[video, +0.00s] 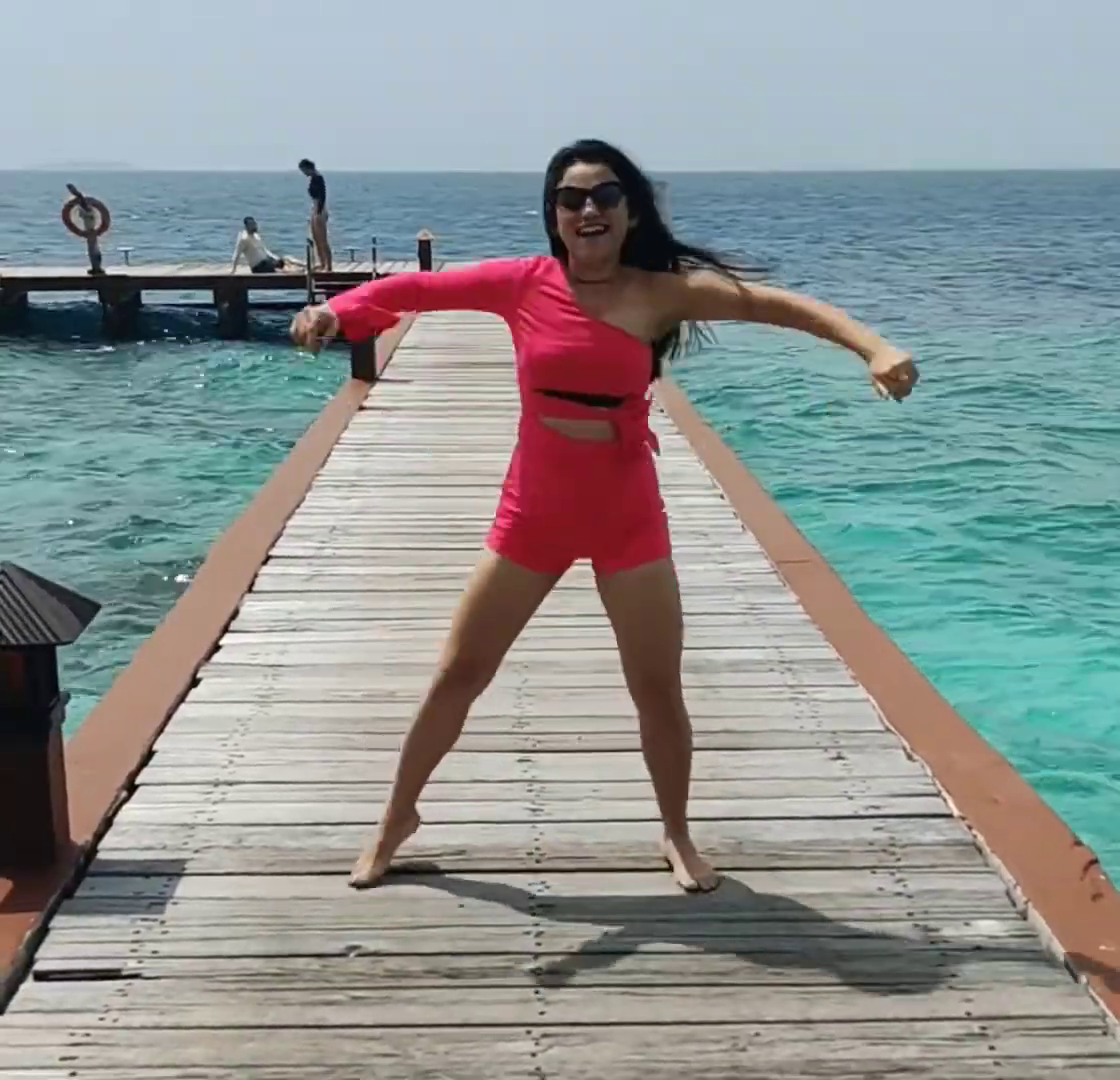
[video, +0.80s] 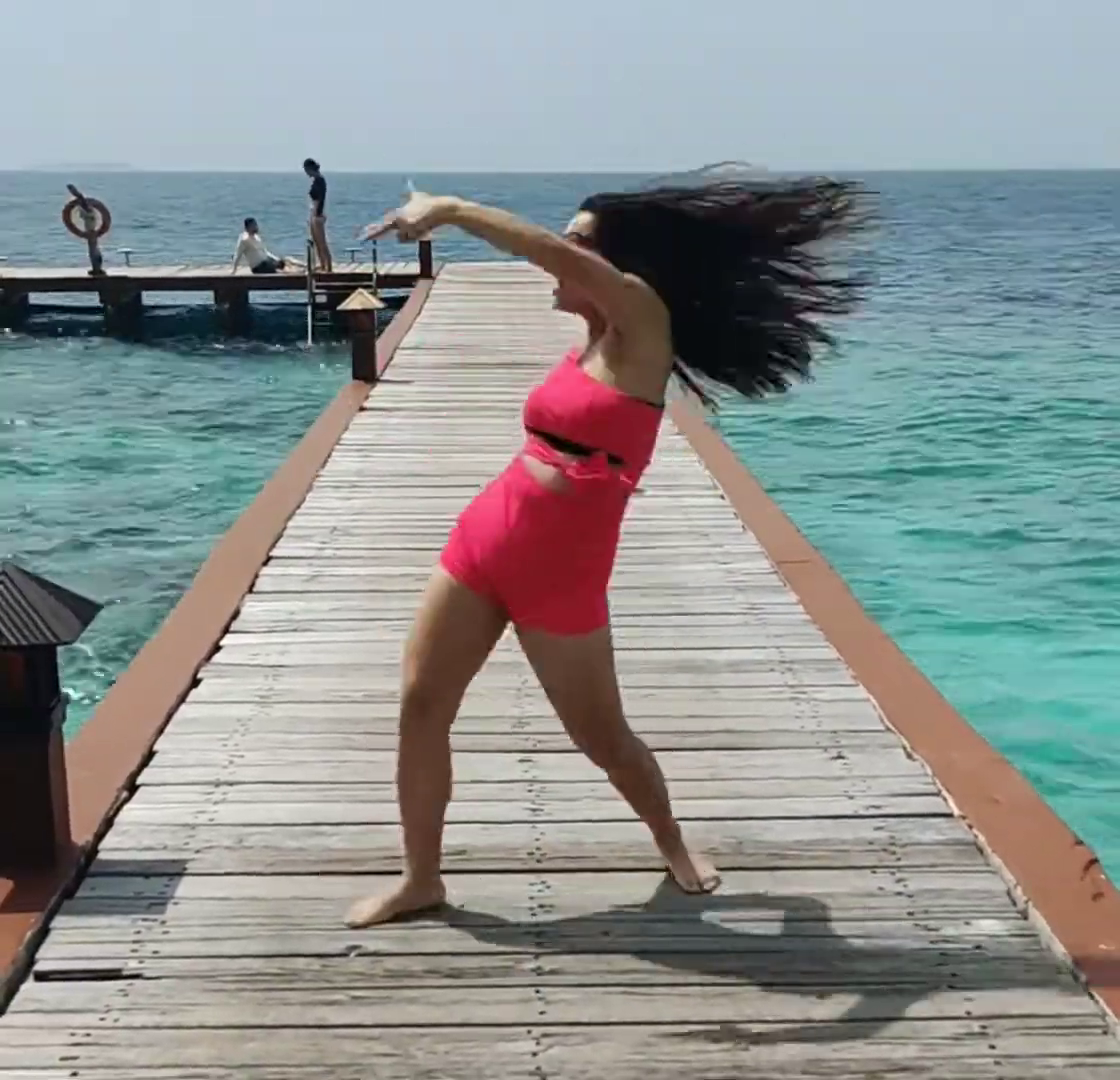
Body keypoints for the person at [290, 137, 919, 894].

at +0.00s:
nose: (590, 212)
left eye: (606, 197)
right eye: (573, 199)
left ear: (632, 210)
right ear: (554, 213)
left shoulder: (663, 293)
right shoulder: (523, 284)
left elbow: (786, 308)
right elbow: (416, 291)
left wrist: (874, 348)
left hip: (626, 509)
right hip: (534, 505)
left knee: (658, 686)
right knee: (458, 674)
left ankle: (677, 837)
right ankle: (394, 825)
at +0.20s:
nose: (598, 265)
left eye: (615, 251)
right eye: (581, 253)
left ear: (638, 264)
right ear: (560, 264)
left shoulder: (658, 345)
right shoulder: (526, 318)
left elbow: (769, 339)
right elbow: (424, 279)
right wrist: (361, 252)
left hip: (639, 550)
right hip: (547, 556)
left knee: (673, 721)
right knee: (466, 715)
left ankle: (675, 840)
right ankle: (412, 839)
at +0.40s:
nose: (615, 255)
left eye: (635, 243)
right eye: (603, 245)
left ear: (669, 262)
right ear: (592, 263)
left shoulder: (684, 375)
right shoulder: (557, 332)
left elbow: (665, 495)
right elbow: (440, 366)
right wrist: (354, 428)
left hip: (658, 563)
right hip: (564, 561)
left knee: (678, 731)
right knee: (461, 699)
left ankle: (677, 841)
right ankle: (414, 827)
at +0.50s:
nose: (589, 218)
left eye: (610, 207)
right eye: (590, 207)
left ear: (655, 234)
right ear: (594, 231)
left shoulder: (686, 320)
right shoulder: (559, 299)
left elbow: (653, 376)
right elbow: (484, 343)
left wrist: (670, 278)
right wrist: (469, 428)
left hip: (651, 535)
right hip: (560, 529)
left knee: (670, 713)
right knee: (441, 663)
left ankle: (680, 840)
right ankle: (394, 819)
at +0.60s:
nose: (577, 212)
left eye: (592, 203)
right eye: (578, 199)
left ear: (638, 219)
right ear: (582, 210)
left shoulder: (671, 295)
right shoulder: (574, 279)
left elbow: (622, 233)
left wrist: (597, 134)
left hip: (626, 520)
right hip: (539, 507)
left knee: (656, 699)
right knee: (441, 666)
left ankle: (685, 837)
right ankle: (376, 829)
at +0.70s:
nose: (563, 231)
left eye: (577, 218)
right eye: (566, 216)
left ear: (627, 231)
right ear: (601, 231)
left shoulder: (653, 299)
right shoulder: (593, 296)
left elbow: (591, 200)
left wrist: (489, 135)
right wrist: (635, 432)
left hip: (592, 540)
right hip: (511, 515)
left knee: (633, 718)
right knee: (436, 688)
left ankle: (677, 844)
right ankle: (413, 858)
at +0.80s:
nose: (563, 260)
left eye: (580, 246)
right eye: (566, 244)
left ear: (622, 259)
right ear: (596, 261)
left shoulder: (642, 322)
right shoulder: (598, 335)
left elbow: (548, 251)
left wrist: (451, 210)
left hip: (559, 572)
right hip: (486, 544)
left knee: (602, 737)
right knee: (421, 703)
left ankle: (674, 848)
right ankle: (421, 879)